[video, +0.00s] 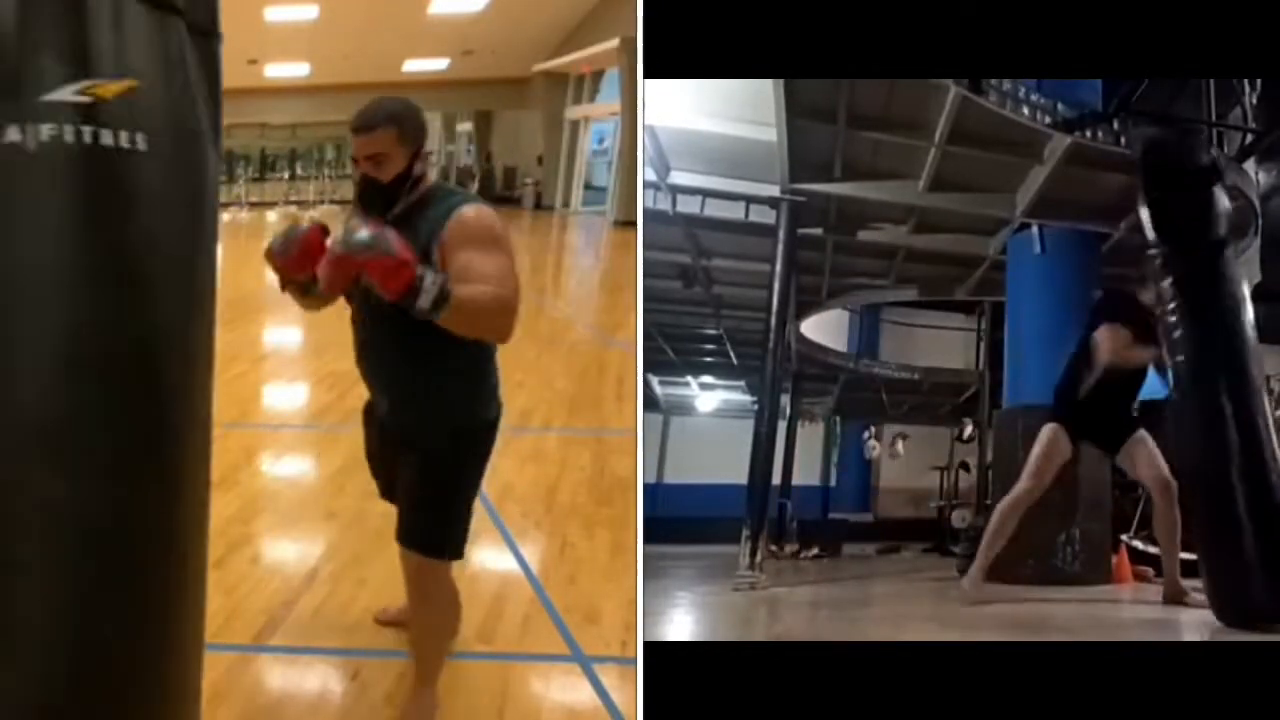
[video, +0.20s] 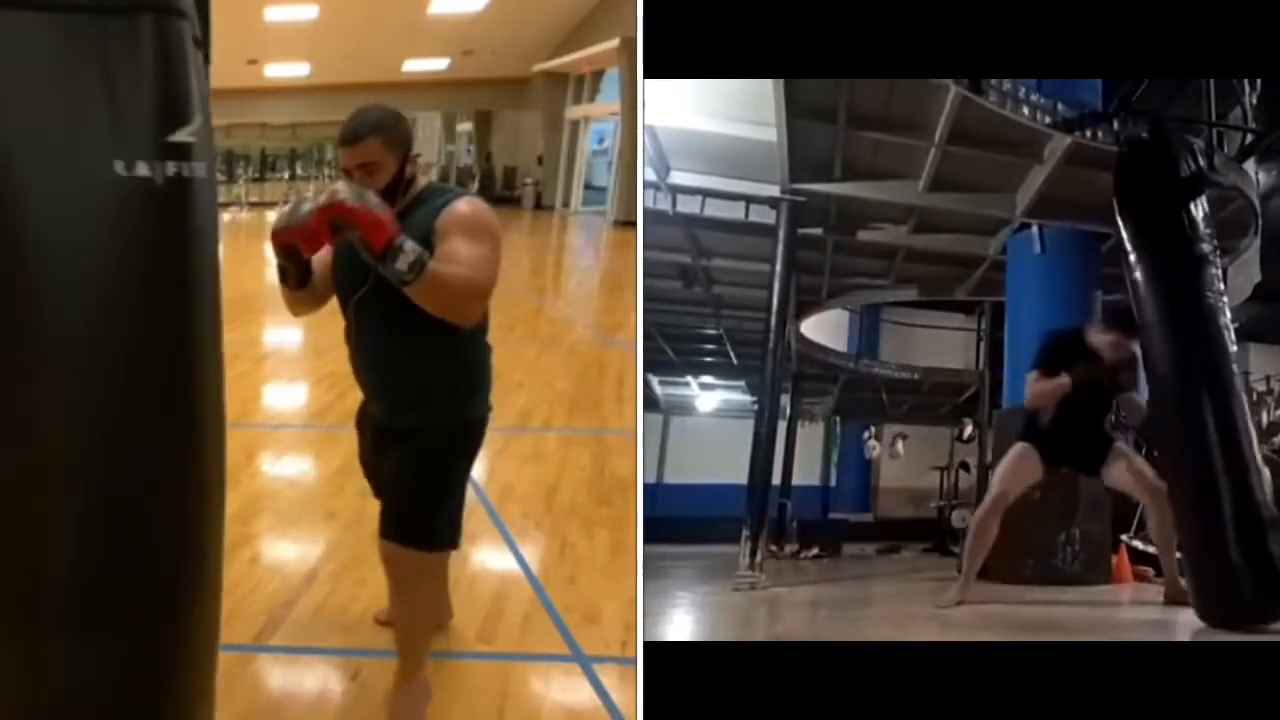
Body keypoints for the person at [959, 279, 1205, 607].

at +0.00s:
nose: (1166, 282)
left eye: (1168, 274)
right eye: (1159, 273)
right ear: (1141, 274)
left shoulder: (1155, 319)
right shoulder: (1113, 304)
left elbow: (1171, 363)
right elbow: (1110, 354)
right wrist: (1157, 353)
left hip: (1118, 419)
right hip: (1073, 414)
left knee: (1164, 485)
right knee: (1030, 486)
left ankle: (1173, 585)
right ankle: (975, 573)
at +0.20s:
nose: (1117, 350)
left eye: (1124, 345)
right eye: (1114, 342)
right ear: (1101, 330)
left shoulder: (1125, 359)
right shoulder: (1060, 343)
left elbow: (1133, 411)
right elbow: (1032, 395)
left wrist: (1130, 404)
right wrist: (1078, 376)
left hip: (1095, 443)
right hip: (1045, 440)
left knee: (1156, 492)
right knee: (996, 497)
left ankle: (1173, 586)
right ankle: (963, 585)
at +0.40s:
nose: (1061, 289)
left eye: (1069, 285)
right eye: (1059, 278)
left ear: (1070, 289)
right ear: (1043, 271)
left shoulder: (1055, 317)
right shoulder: (1003, 298)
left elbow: (1077, 365)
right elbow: (989, 343)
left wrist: (1064, 324)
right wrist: (1030, 314)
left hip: (1032, 413)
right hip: (984, 410)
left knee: (1077, 479)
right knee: (957, 477)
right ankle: (949, 574)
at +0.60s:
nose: (1014, 275)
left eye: (1021, 270)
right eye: (1010, 266)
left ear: (1026, 272)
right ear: (994, 260)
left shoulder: (1016, 303)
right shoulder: (958, 287)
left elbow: (1022, 353)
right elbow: (949, 337)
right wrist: (989, 307)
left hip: (976, 410)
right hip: (930, 403)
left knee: (1020, 482)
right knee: (898, 484)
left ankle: (972, 558)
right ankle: (849, 578)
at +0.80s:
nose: (993, 268)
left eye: (999, 264)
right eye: (991, 259)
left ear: (999, 265)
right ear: (974, 248)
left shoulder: (982, 289)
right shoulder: (927, 267)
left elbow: (991, 336)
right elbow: (923, 312)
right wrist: (969, 298)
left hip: (955, 391)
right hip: (908, 388)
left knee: (1001, 464)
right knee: (876, 476)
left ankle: (1022, 567)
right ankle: (845, 581)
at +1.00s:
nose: (982, 253)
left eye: (988, 248)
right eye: (976, 243)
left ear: (991, 254)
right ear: (952, 241)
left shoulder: (980, 284)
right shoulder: (919, 261)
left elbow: (1009, 315)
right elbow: (911, 300)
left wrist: (1004, 286)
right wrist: (966, 280)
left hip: (955, 394)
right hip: (907, 389)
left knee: (977, 488)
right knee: (873, 476)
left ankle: (995, 587)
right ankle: (845, 584)